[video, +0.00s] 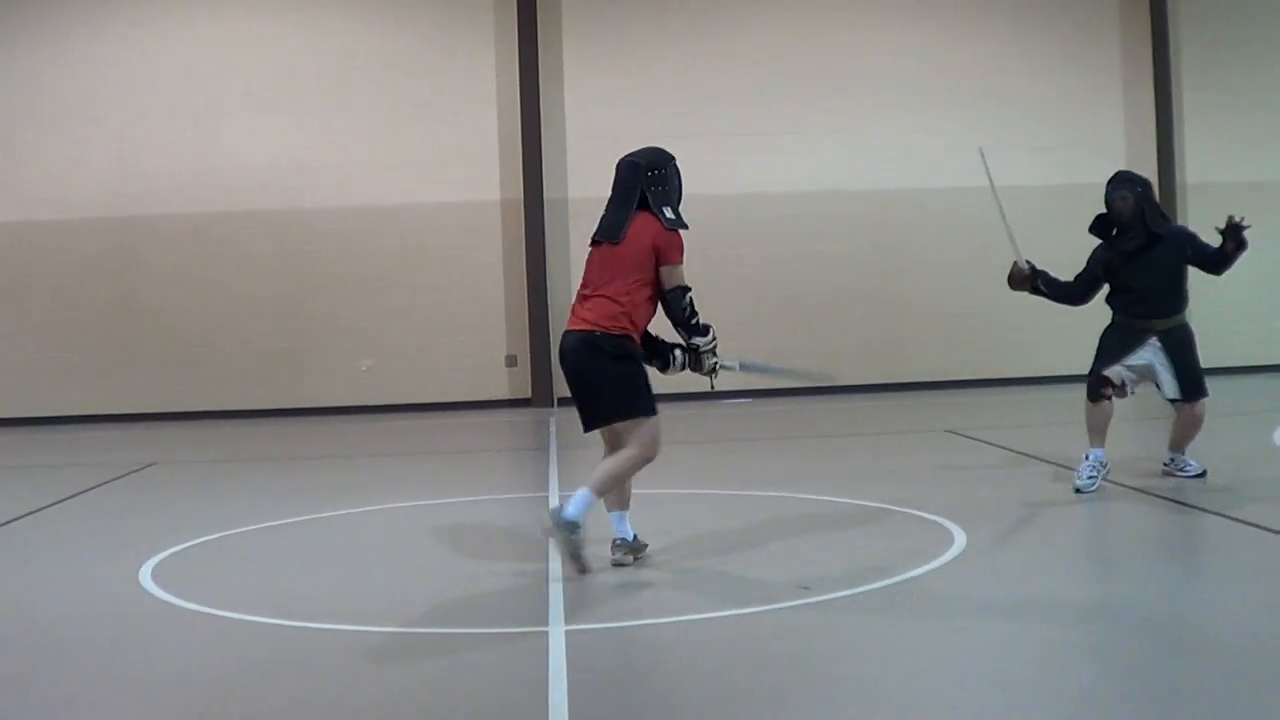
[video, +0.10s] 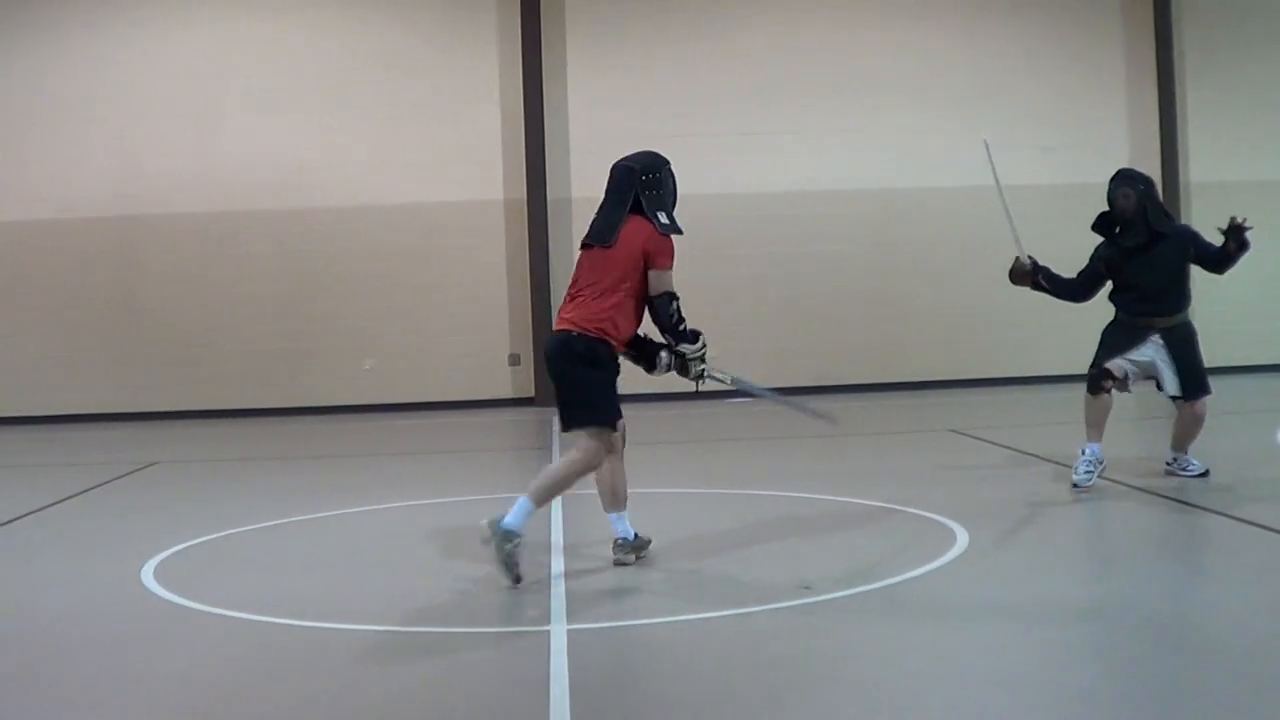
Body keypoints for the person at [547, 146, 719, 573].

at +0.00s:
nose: (675, 191)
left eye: (673, 182)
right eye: (671, 182)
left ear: (628, 185)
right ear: (658, 185)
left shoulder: (610, 227)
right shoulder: (662, 231)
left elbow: (617, 311)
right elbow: (677, 303)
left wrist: (665, 354)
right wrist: (704, 342)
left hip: (578, 343)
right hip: (611, 345)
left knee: (615, 443)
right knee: (644, 445)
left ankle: (623, 538)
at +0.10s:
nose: (668, 197)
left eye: (667, 188)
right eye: (665, 189)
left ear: (623, 190)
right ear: (652, 190)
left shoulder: (601, 230)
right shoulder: (654, 235)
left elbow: (603, 310)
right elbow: (663, 307)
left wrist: (651, 355)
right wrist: (690, 344)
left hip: (568, 343)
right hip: (588, 347)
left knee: (611, 440)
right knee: (591, 450)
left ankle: (624, 537)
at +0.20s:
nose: (663, 206)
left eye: (661, 196)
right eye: (659, 197)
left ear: (616, 198)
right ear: (645, 198)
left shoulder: (591, 238)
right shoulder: (640, 242)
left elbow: (580, 315)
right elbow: (635, 316)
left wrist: (622, 366)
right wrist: (668, 347)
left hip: (555, 350)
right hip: (569, 356)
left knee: (607, 441)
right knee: (543, 456)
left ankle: (625, 538)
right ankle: (468, 541)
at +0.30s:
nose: (654, 223)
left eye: (653, 214)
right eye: (650, 214)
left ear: (607, 212)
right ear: (634, 214)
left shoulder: (582, 251)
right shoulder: (622, 253)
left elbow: (572, 333)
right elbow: (614, 324)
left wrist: (620, 372)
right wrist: (652, 343)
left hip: (542, 367)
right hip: (546, 371)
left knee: (605, 442)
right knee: (526, 471)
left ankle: (627, 539)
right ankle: (449, 558)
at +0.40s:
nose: (648, 233)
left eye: (648, 223)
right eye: (645, 222)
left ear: (604, 219)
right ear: (628, 221)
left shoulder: (576, 257)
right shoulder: (611, 261)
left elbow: (583, 349)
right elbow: (612, 335)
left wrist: (636, 368)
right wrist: (650, 338)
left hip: (545, 376)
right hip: (535, 376)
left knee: (604, 447)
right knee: (519, 481)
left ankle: (630, 539)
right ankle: (445, 564)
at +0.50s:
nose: (650, 229)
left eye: (650, 218)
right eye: (648, 218)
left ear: (605, 213)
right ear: (632, 217)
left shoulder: (576, 251)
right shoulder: (618, 256)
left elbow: (596, 341)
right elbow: (622, 328)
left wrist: (653, 346)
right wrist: (659, 315)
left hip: (556, 374)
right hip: (541, 372)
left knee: (610, 449)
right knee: (523, 477)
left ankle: (635, 541)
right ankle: (448, 560)